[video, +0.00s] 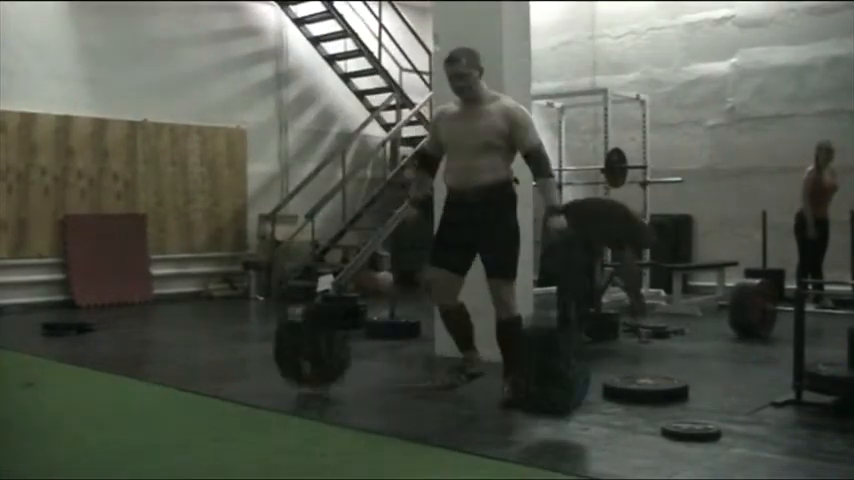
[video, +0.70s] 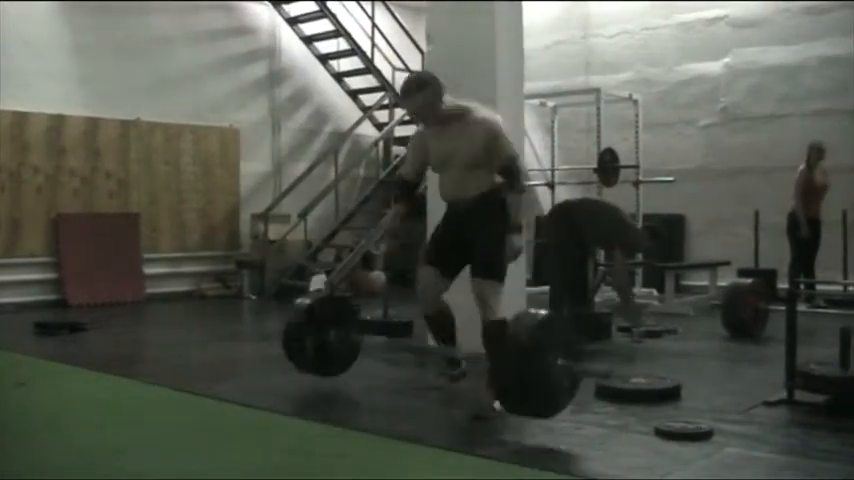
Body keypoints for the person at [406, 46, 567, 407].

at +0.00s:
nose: (459, 84)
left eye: (464, 77)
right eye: (453, 79)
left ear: (480, 73)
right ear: (448, 81)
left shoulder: (510, 113)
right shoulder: (443, 119)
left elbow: (540, 166)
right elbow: (427, 164)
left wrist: (554, 210)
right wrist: (417, 195)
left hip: (497, 207)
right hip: (457, 208)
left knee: (502, 294)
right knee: (440, 287)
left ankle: (514, 379)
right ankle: (470, 359)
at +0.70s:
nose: (413, 116)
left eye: (416, 108)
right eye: (409, 110)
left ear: (435, 98)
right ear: (413, 106)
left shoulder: (483, 126)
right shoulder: (424, 136)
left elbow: (515, 177)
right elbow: (407, 185)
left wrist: (515, 229)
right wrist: (390, 225)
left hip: (491, 211)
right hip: (455, 214)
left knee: (486, 295)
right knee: (427, 290)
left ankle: (497, 389)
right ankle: (454, 362)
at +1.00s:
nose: (372, 155)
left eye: (372, 147)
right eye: (367, 149)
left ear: (388, 135)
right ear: (372, 144)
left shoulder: (449, 148)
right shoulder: (396, 172)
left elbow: (484, 202)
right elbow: (387, 229)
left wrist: (491, 255)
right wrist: (380, 278)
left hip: (479, 216)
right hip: (443, 221)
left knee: (472, 299)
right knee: (420, 293)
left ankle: (491, 392)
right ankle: (416, 384)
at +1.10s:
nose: (366, 182)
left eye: (366, 174)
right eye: (362, 178)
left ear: (381, 161)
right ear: (365, 171)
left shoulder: (440, 173)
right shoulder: (385, 186)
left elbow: (472, 228)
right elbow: (380, 238)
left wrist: (482, 282)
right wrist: (377, 282)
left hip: (483, 225)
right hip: (441, 231)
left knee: (460, 299)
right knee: (412, 294)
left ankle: (471, 396)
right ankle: (416, 385)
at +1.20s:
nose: (369, 210)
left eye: (370, 201)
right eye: (363, 206)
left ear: (382, 191)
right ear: (362, 205)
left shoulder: (436, 210)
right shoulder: (385, 218)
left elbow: (465, 267)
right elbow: (376, 270)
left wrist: (475, 316)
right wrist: (372, 323)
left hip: (481, 243)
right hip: (432, 248)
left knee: (445, 307)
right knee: (403, 299)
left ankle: (469, 395)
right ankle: (416, 385)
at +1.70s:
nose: (356, 214)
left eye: (361, 206)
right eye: (351, 207)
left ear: (381, 195)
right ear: (346, 201)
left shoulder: (424, 210)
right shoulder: (369, 213)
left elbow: (462, 259)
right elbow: (372, 258)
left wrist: (467, 318)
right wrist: (334, 284)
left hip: (477, 226)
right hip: (429, 235)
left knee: (445, 303)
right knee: (406, 302)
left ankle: (464, 396)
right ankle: (415, 386)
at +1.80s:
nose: (354, 163)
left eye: (360, 155)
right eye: (351, 156)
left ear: (380, 147)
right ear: (348, 152)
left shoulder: (417, 171)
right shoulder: (363, 179)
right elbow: (371, 228)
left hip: (467, 216)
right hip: (424, 224)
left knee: (450, 299)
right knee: (407, 298)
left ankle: (464, 394)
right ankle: (415, 386)